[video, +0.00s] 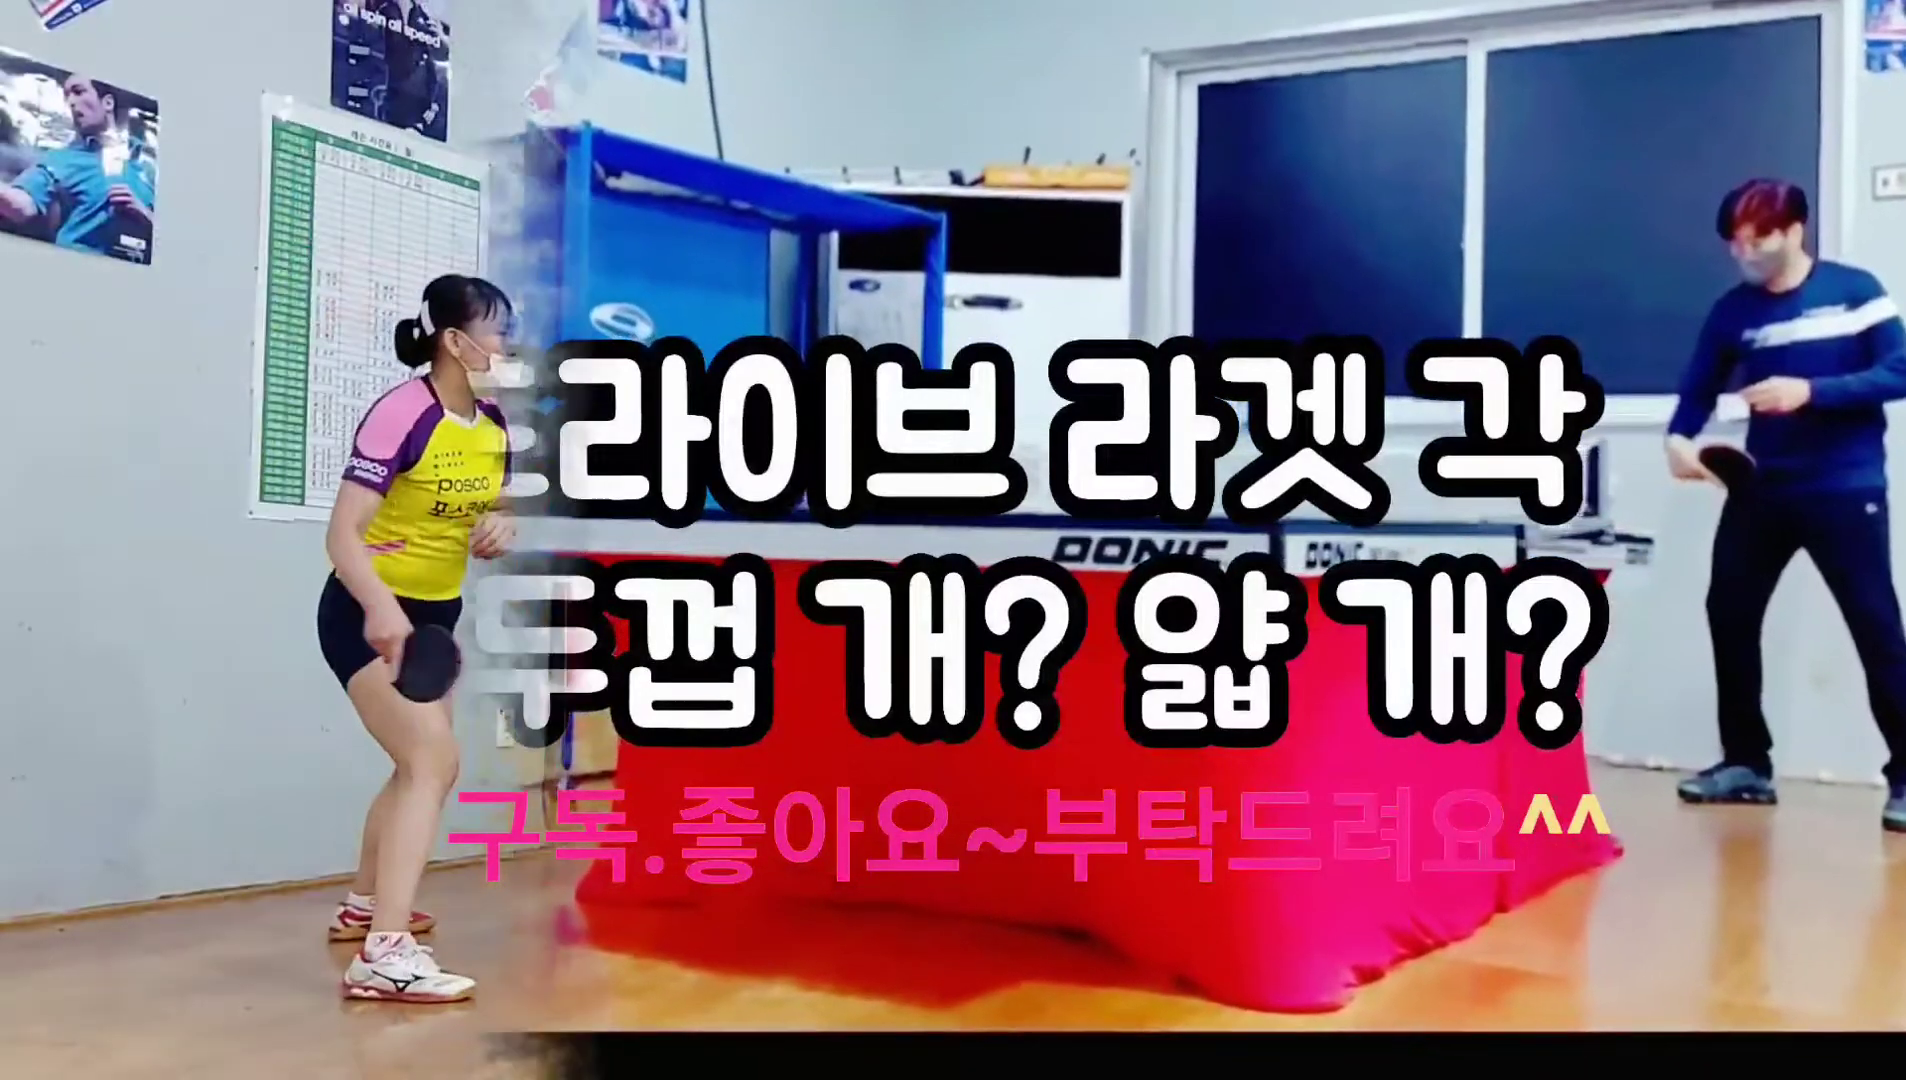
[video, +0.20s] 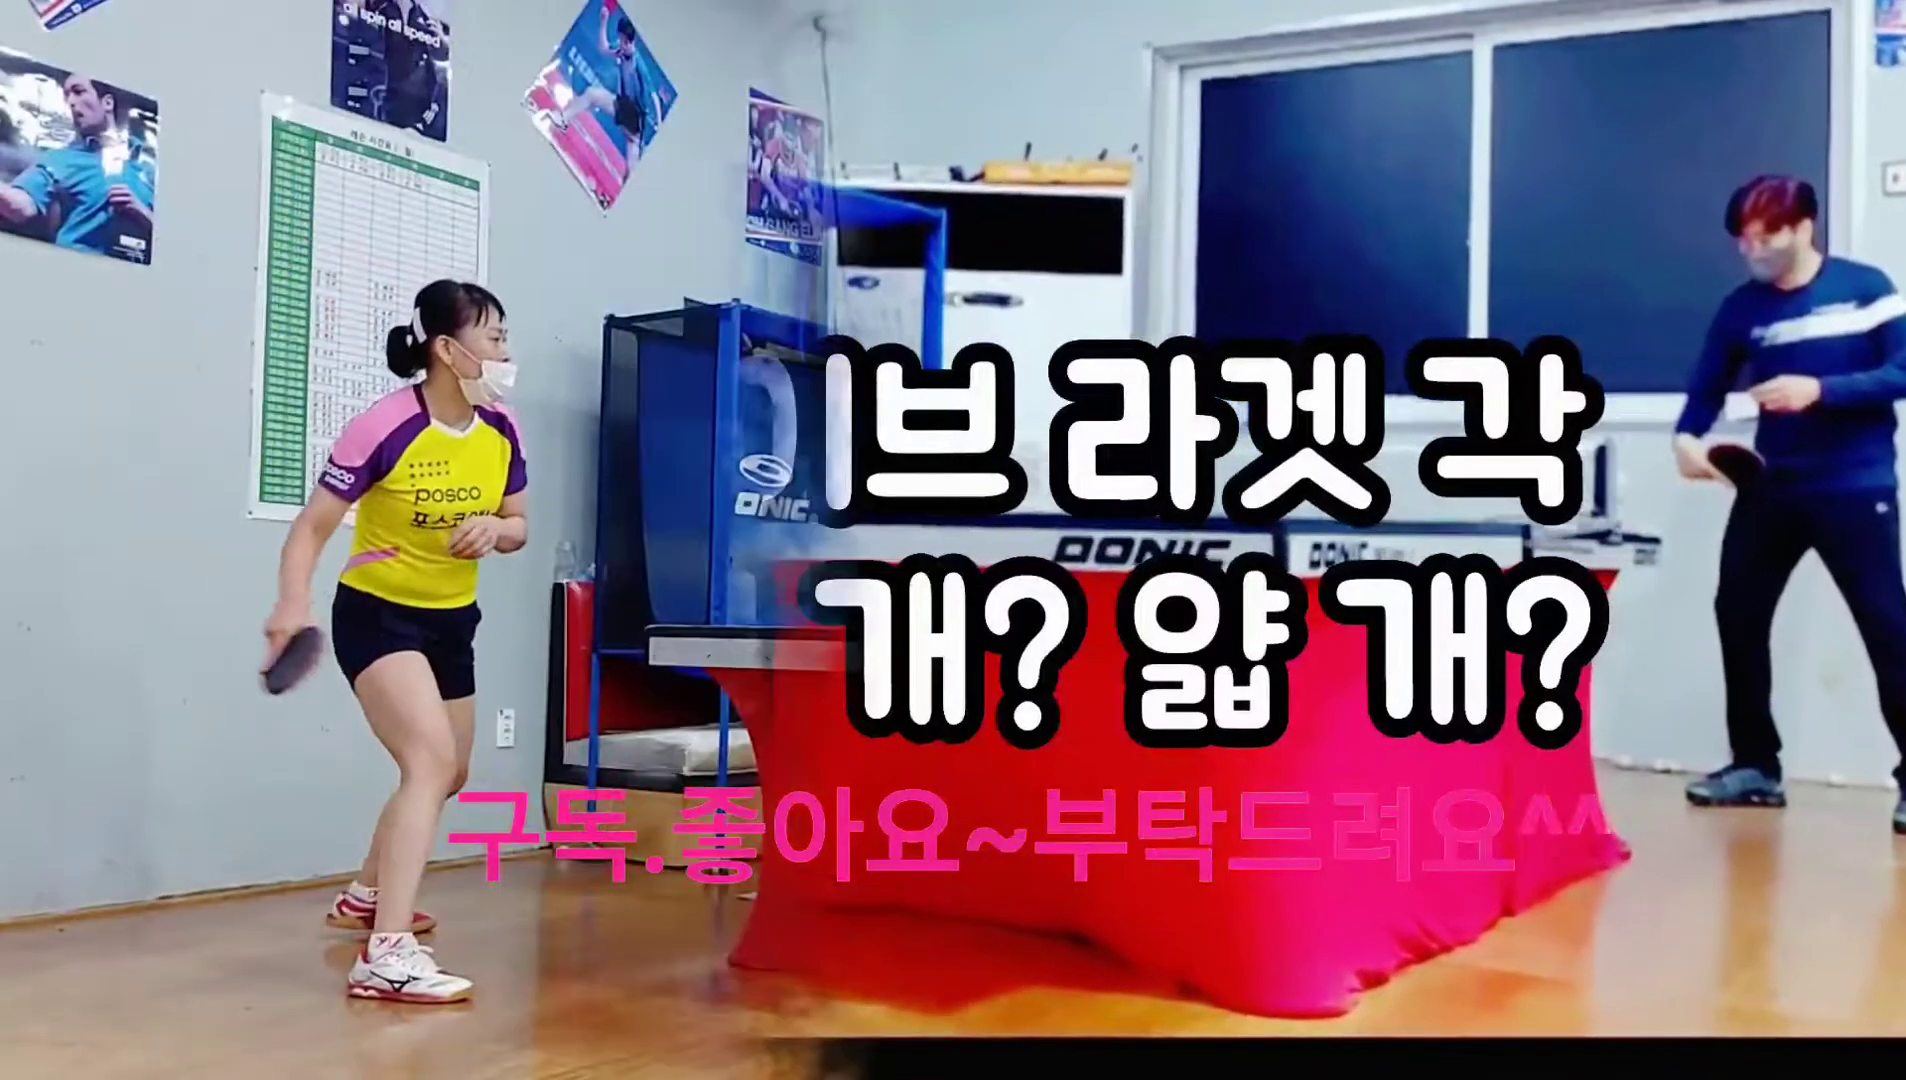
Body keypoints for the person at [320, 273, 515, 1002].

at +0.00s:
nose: (498, 345)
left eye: (501, 332)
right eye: (486, 332)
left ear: (485, 343)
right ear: (448, 340)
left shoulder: (492, 423)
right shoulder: (401, 412)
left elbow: (486, 521)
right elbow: (341, 532)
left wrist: (502, 523)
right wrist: (381, 606)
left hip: (433, 611)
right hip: (367, 608)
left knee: (421, 766)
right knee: (434, 760)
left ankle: (366, 901)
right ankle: (387, 948)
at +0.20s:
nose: (502, 345)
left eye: (500, 332)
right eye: (489, 333)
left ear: (461, 349)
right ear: (445, 348)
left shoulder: (499, 426)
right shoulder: (383, 427)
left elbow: (517, 527)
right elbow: (310, 527)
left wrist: (496, 530)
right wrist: (293, 605)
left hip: (452, 617)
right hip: (378, 612)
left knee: (449, 770)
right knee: (430, 762)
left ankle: (369, 890)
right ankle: (389, 953)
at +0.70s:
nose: (511, 379)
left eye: (518, 368)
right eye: (502, 364)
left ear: (514, 373)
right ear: (458, 363)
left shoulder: (496, 444)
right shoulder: (407, 426)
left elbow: (486, 530)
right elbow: (354, 505)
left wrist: (495, 536)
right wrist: (325, 540)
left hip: (451, 624)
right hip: (391, 615)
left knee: (478, 779)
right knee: (402, 763)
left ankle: (386, 890)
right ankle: (381, 941)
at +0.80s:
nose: (511, 365)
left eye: (517, 357)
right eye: (504, 351)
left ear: (494, 362)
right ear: (460, 348)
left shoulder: (472, 425)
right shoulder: (424, 399)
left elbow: (436, 520)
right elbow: (425, 467)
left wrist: (480, 531)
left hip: (435, 612)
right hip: (389, 599)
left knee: (464, 764)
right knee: (398, 754)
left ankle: (385, 892)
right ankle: (349, 931)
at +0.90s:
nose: (509, 362)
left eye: (511, 353)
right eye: (501, 348)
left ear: (468, 352)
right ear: (461, 345)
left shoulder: (452, 407)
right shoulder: (432, 391)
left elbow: (416, 496)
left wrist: (468, 532)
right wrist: (581, 359)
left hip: (411, 607)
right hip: (383, 600)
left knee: (444, 756)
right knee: (394, 755)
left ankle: (385, 890)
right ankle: (338, 931)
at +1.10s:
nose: (504, 377)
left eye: (504, 365)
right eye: (495, 363)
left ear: (447, 367)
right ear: (455, 365)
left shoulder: (410, 421)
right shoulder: (449, 415)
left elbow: (391, 507)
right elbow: (562, 451)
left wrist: (449, 554)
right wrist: (586, 402)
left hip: (361, 614)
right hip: (363, 616)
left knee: (425, 764)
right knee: (417, 780)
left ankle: (379, 889)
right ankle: (331, 946)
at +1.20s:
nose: (498, 355)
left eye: (498, 342)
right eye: (490, 341)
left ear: (447, 345)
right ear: (451, 343)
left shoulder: (426, 402)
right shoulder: (432, 398)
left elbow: (387, 500)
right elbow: (495, 493)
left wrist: (455, 533)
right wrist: (564, 480)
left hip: (378, 608)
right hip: (355, 607)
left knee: (410, 762)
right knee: (398, 768)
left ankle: (374, 885)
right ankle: (331, 945)